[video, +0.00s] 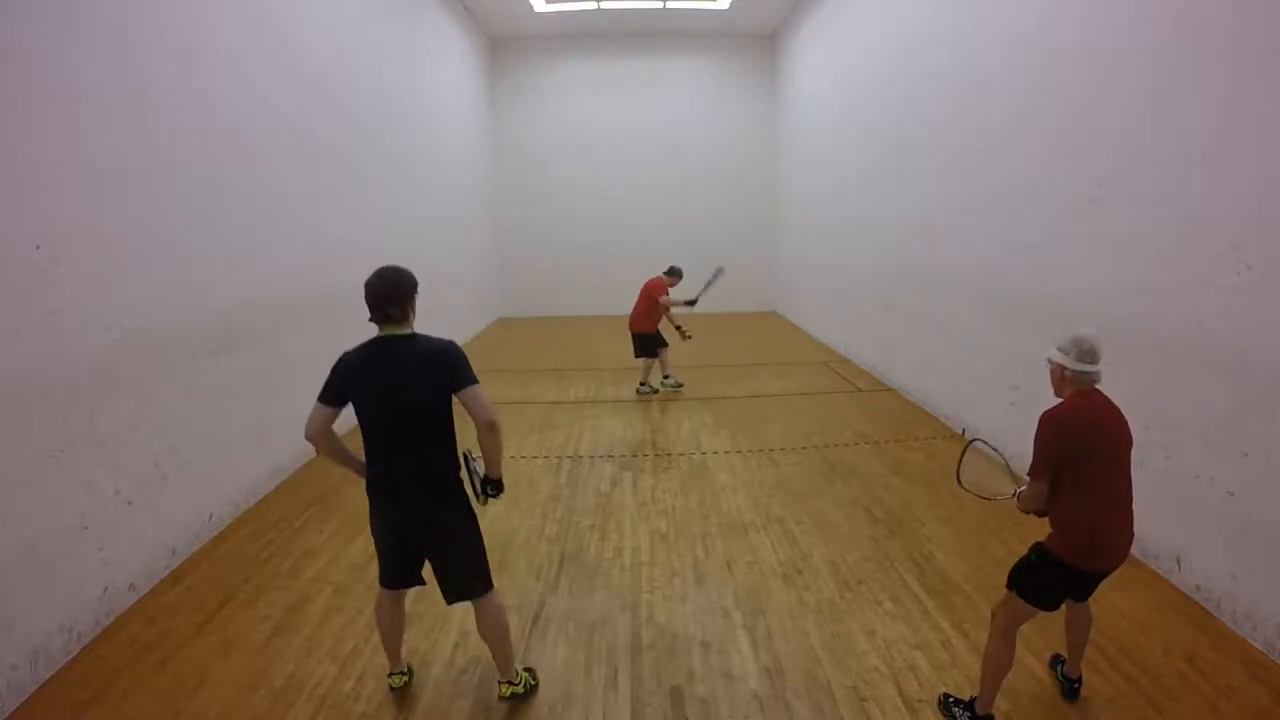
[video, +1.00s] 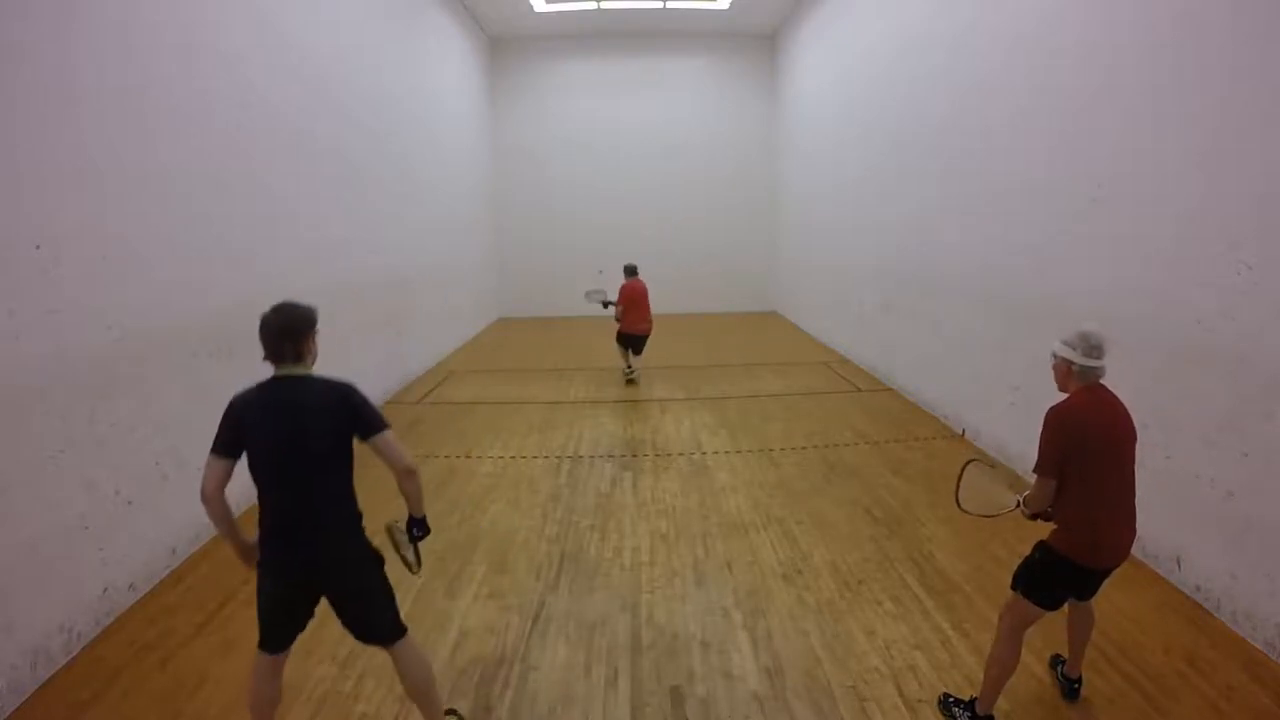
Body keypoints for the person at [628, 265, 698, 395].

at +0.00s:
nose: (676, 284)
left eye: (678, 282)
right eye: (677, 281)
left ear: (668, 274)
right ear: (673, 277)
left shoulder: (662, 287)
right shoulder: (657, 284)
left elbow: (667, 312)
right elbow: (663, 301)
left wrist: (678, 327)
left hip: (649, 325)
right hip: (641, 326)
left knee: (662, 348)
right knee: (651, 355)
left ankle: (666, 378)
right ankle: (643, 384)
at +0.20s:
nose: (670, 281)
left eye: (672, 280)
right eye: (670, 278)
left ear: (671, 277)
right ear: (664, 272)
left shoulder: (661, 289)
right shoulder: (650, 279)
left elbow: (664, 308)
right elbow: (662, 276)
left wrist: (672, 325)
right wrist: (675, 264)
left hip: (643, 322)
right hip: (635, 322)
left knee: (650, 346)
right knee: (645, 352)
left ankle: (647, 373)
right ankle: (642, 384)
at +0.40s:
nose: (665, 283)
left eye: (667, 281)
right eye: (665, 280)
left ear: (664, 276)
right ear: (662, 275)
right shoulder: (651, 281)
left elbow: (654, 302)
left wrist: (656, 315)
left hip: (628, 319)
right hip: (634, 321)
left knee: (633, 349)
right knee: (642, 351)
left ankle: (631, 369)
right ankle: (642, 382)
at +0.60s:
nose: (659, 287)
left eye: (660, 284)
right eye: (660, 285)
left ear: (649, 276)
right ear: (658, 284)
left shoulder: (635, 280)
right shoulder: (650, 296)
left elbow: (621, 287)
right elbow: (660, 315)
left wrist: (633, 298)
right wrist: (676, 321)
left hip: (615, 320)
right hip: (631, 325)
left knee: (628, 345)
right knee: (642, 351)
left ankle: (629, 368)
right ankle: (636, 374)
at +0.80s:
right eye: (651, 277)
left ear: (641, 273)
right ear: (652, 277)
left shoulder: (628, 281)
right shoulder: (650, 289)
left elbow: (617, 292)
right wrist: (618, 296)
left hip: (618, 325)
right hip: (635, 328)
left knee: (622, 347)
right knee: (630, 352)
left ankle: (627, 368)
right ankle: (618, 369)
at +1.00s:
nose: (624, 276)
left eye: (624, 274)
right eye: (625, 274)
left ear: (625, 274)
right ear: (636, 273)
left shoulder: (625, 287)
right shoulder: (642, 285)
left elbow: (620, 306)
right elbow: (631, 303)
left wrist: (618, 317)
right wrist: (611, 303)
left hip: (629, 328)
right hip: (644, 328)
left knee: (621, 343)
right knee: (637, 352)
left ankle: (628, 366)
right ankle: (635, 374)